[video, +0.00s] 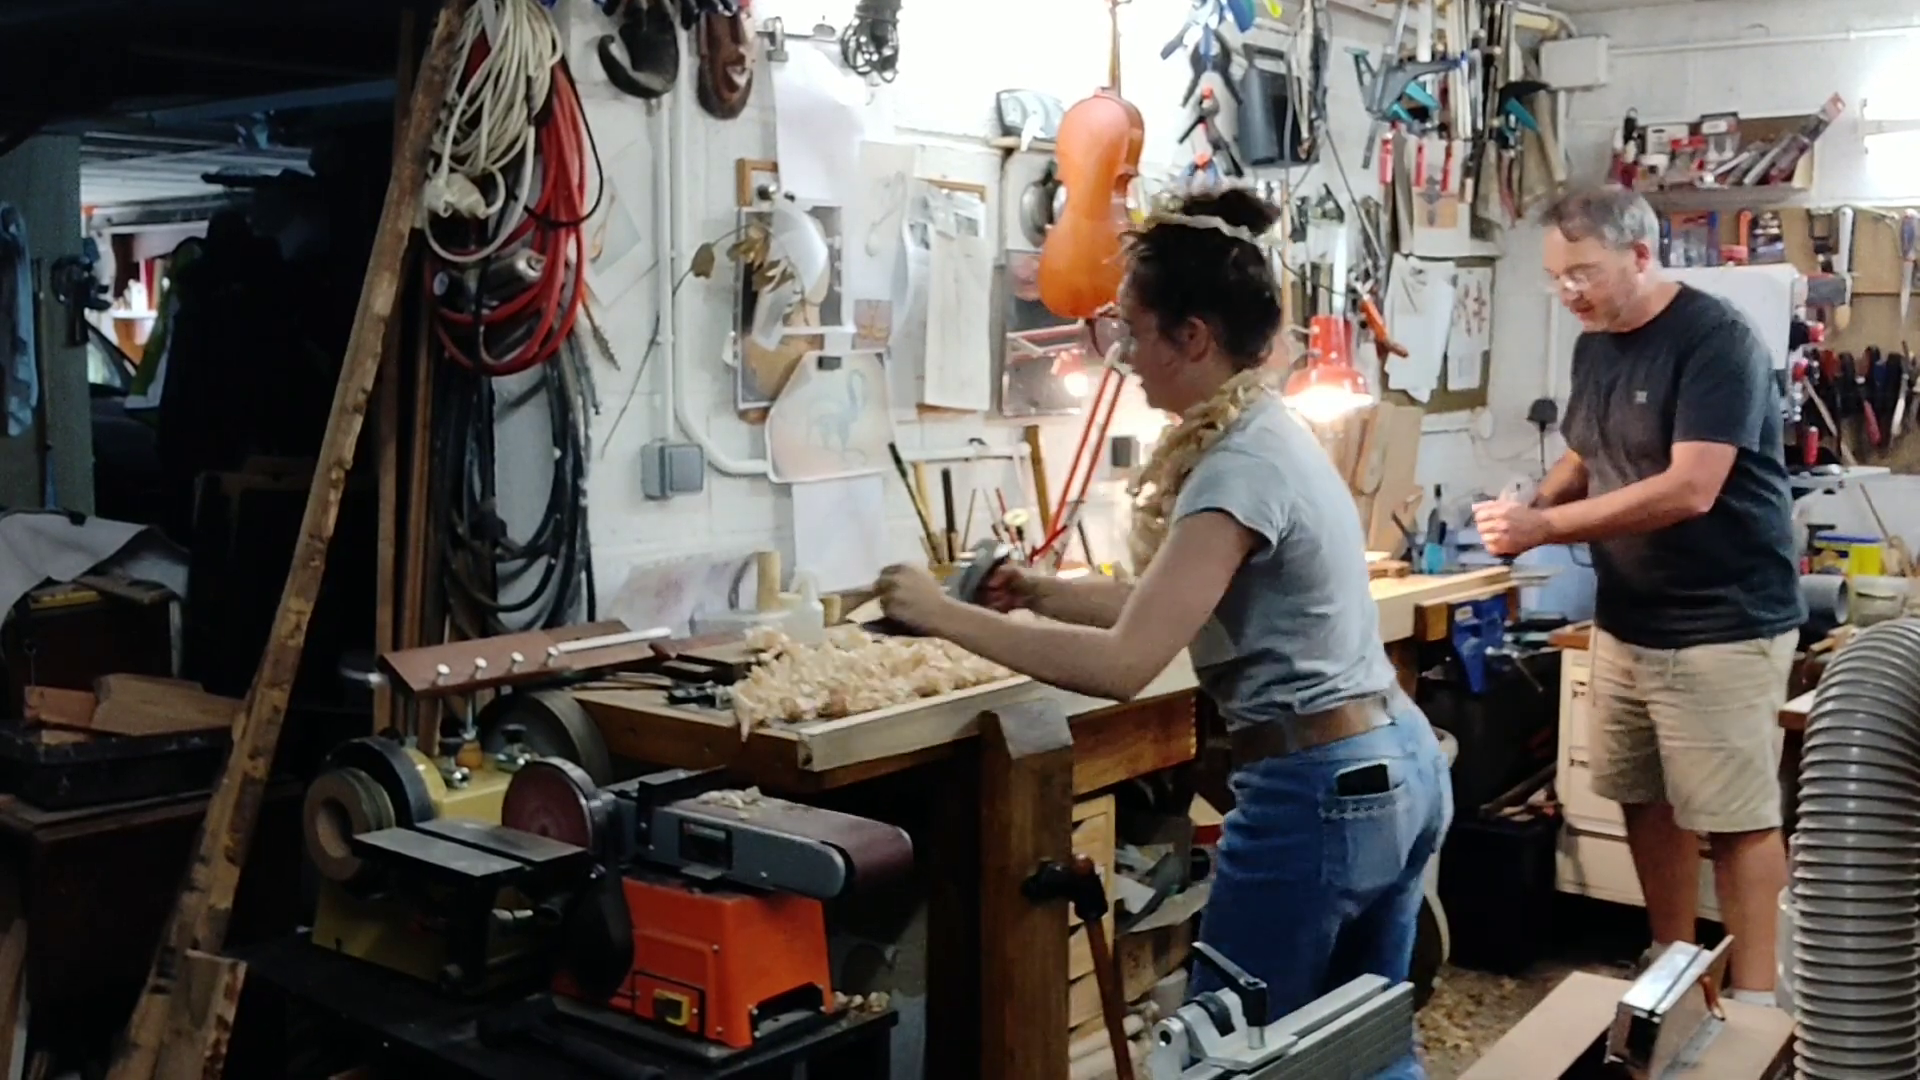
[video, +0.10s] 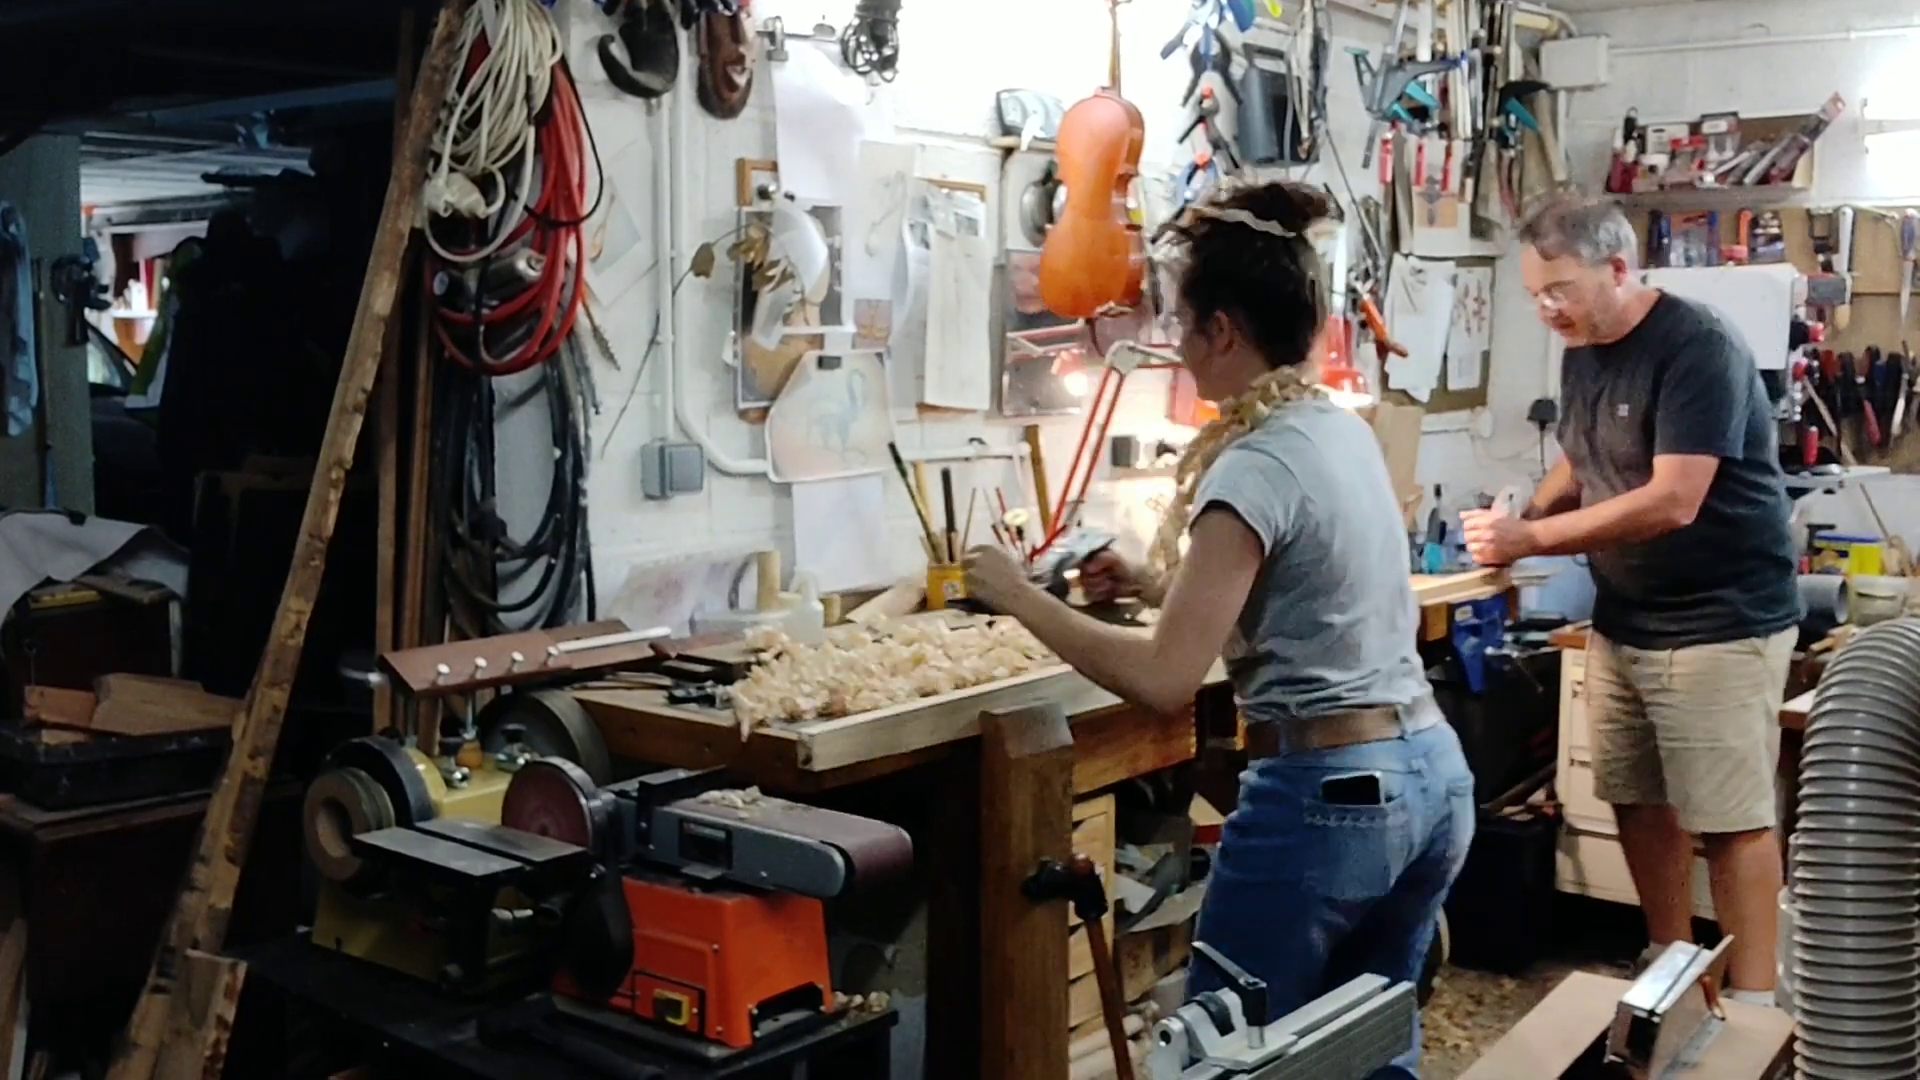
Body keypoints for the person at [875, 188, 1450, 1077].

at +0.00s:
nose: (1122, 351)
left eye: (1133, 330)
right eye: (1122, 328)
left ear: (1193, 338)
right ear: (1211, 340)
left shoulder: (1240, 463)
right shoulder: (1276, 440)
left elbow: (1125, 661)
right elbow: (1172, 600)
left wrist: (947, 617)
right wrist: (1038, 594)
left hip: (1317, 783)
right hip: (1400, 755)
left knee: (1232, 1045)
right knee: (1374, 1034)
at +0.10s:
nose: (1172, 343)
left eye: (1178, 320)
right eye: (1171, 320)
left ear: (1223, 328)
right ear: (1300, 325)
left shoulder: (1253, 466)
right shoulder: (1344, 432)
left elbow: (1164, 677)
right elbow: (1289, 600)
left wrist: (1021, 597)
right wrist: (1149, 579)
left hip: (1322, 786)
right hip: (1430, 761)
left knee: (1228, 1043)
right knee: (1380, 1043)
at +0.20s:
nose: (1239, 336)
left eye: (1239, 317)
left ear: (1257, 322)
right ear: (1375, 328)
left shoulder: (1267, 469)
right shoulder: (1422, 435)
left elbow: (1203, 681)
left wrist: (1088, 591)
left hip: (1329, 781)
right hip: (1460, 765)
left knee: (1222, 1037)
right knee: (1405, 1045)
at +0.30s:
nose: (1288, 325)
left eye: (1287, 309)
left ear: (1302, 320)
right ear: (1413, 310)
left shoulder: (1280, 468)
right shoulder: (1500, 446)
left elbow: (1237, 675)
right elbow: (1504, 634)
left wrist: (1165, 581)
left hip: (1332, 784)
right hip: (1475, 771)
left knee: (1237, 1037)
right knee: (1419, 1050)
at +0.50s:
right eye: (1483, 301)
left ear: (1358, 308)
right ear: (1472, 306)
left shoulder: (1296, 449)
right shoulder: (1548, 446)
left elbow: (1281, 639)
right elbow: (1584, 645)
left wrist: (1360, 574)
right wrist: (1509, 581)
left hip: (1327, 754)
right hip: (1477, 755)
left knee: (1295, 1029)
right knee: (1434, 1042)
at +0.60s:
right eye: (1499, 303)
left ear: (1373, 309)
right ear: (1487, 307)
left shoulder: (1298, 446)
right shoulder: (1552, 447)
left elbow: (1299, 622)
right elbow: (1585, 650)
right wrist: (1528, 569)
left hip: (1319, 745)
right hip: (1472, 757)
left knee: (1319, 1029)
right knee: (1432, 1040)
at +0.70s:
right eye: (1512, 313)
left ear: (1381, 317)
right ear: (1498, 317)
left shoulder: (1310, 453)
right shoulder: (1553, 455)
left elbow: (1326, 602)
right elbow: (1583, 657)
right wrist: (1558, 565)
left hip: (1322, 749)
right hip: (1466, 766)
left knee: (1328, 1020)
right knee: (1436, 1036)